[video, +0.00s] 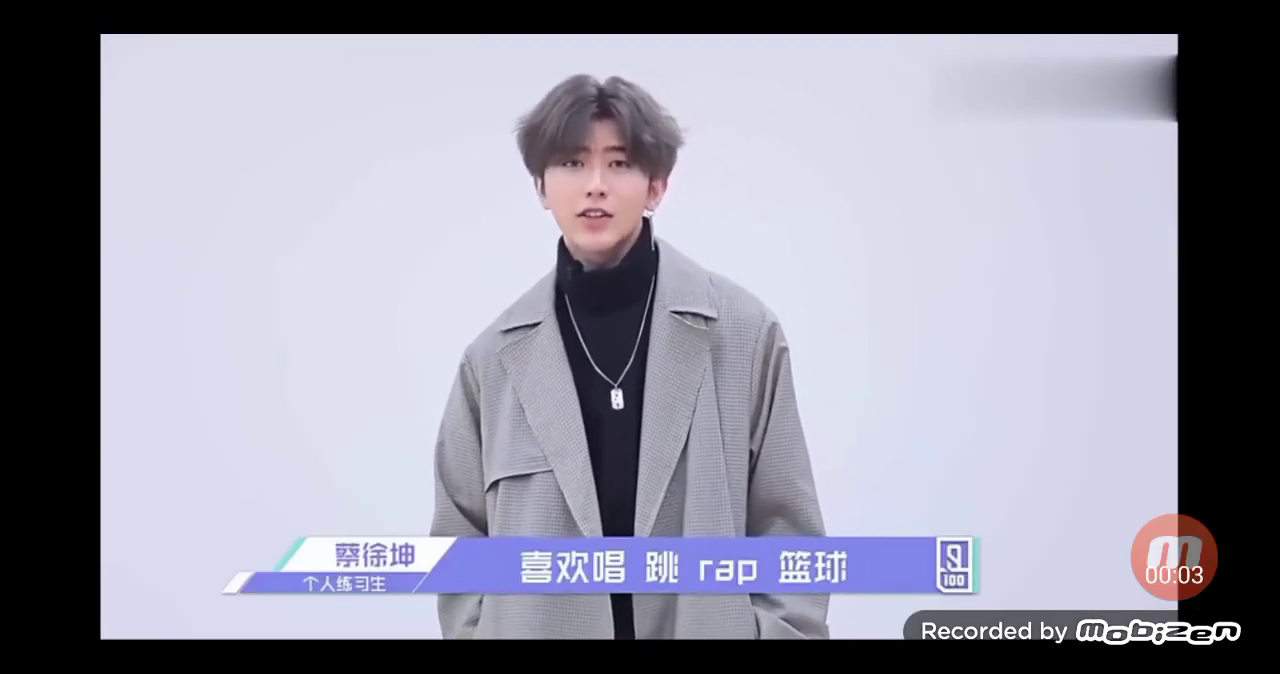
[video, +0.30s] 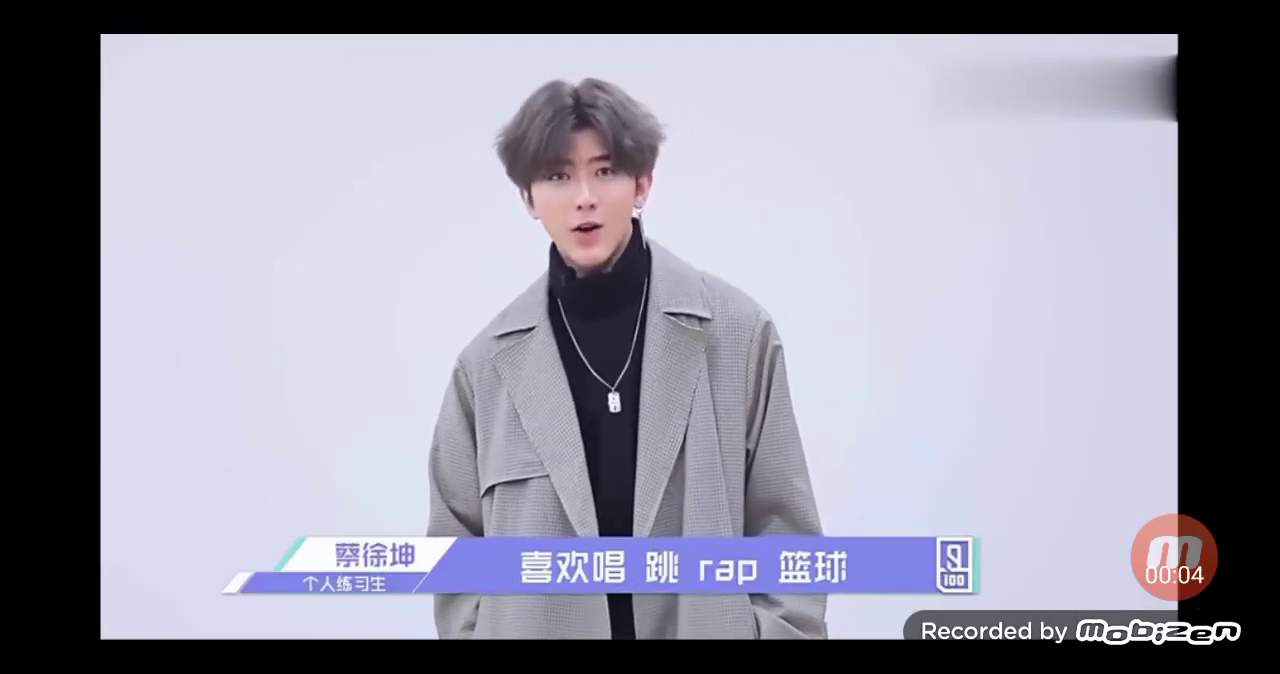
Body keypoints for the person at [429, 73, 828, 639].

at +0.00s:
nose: (595, 185)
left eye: (618, 164)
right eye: (572, 163)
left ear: (655, 188)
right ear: (542, 186)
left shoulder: (746, 333)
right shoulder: (489, 359)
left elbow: (791, 530)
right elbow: (455, 542)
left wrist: (776, 630)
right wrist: (476, 628)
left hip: (704, 629)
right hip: (541, 631)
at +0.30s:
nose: (584, 198)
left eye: (605, 171)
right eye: (558, 176)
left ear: (641, 186)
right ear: (529, 197)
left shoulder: (740, 333)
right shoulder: (483, 364)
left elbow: (789, 532)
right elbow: (453, 549)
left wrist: (775, 631)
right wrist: (475, 629)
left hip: (702, 629)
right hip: (540, 631)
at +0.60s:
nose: (579, 199)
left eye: (599, 170)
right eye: (553, 179)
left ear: (641, 184)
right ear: (530, 203)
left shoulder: (745, 332)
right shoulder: (494, 365)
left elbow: (793, 533)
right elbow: (463, 545)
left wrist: (778, 631)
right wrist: (481, 628)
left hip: (705, 629)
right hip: (545, 631)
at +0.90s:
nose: (620, 193)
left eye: (640, 166)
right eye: (595, 175)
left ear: (686, 178)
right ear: (576, 200)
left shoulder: (783, 339)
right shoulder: (527, 360)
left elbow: (816, 538)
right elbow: (486, 538)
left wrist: (794, 630)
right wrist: (502, 627)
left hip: (727, 630)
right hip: (570, 630)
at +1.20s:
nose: (677, 190)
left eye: (697, 163)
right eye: (652, 172)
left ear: (745, 178)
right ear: (633, 198)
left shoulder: (831, 349)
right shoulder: (567, 343)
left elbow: (862, 544)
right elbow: (465, 449)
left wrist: (843, 628)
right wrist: (496, 585)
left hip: (774, 624)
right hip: (605, 625)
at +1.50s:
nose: (715, 199)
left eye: (735, 171)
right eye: (690, 182)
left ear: (782, 183)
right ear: (671, 205)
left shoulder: (855, 358)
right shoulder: (600, 339)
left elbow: (889, 555)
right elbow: (554, 513)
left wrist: (862, 631)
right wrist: (522, 403)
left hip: (792, 627)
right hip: (641, 626)